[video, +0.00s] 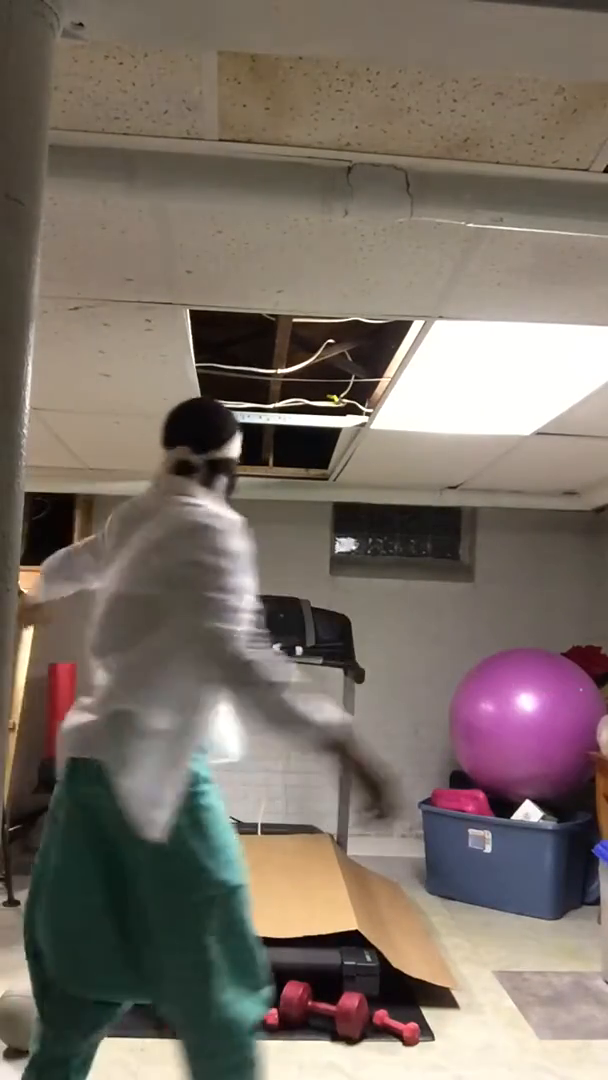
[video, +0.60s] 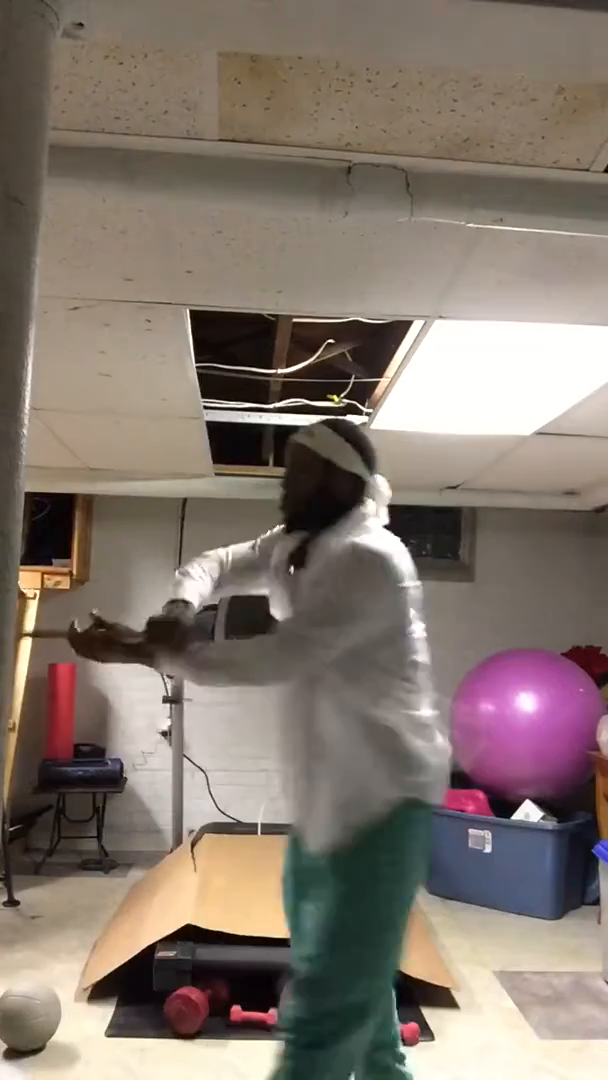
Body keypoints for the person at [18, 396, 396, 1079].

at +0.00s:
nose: (236, 469)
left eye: (233, 459)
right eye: (236, 459)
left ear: (168, 454)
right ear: (227, 460)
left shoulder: (138, 512)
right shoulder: (210, 526)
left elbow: (74, 564)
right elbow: (237, 652)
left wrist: (34, 588)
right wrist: (342, 739)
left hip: (88, 758)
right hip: (153, 764)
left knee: (81, 960)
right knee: (217, 963)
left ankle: (52, 1067)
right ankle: (228, 1066)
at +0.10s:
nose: (190, 470)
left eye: (186, 459)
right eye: (259, 462)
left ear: (183, 459)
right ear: (253, 465)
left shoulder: (136, 524)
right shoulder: (276, 538)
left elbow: (41, 589)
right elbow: (332, 648)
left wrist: (13, 593)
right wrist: (409, 723)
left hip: (111, 789)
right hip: (208, 792)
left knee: (84, 997)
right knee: (260, 998)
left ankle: (55, 1074)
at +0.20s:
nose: (189, 467)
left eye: (194, 454)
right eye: (193, 453)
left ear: (208, 460)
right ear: (271, 463)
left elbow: (78, 625)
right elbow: (367, 653)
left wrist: (29, 642)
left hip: (150, 811)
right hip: (265, 812)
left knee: (95, 1014)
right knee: (292, 1036)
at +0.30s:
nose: (209, 457)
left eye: (221, 445)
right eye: (214, 443)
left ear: (253, 455)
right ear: (285, 459)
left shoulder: (205, 532)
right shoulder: (344, 527)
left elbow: (170, 650)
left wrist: (100, 656)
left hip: (198, 794)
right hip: (304, 794)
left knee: (124, 971)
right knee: (314, 987)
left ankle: (108, 1069)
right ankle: (319, 1071)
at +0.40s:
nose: (235, 461)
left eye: (249, 447)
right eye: (240, 447)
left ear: (283, 457)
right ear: (306, 459)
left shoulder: (265, 537)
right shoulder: (341, 516)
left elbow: (226, 652)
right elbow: (224, 555)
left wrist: (150, 650)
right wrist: (141, 582)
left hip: (265, 783)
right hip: (346, 785)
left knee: (188, 959)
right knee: (332, 970)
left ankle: (175, 1066)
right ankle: (356, 1068)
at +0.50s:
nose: (264, 466)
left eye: (279, 454)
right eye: (269, 452)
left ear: (312, 467)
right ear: (327, 471)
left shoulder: (314, 543)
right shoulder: (322, 532)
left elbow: (242, 654)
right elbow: (215, 559)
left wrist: (150, 654)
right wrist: (153, 605)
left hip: (334, 799)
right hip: (374, 800)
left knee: (258, 976)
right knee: (353, 974)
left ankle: (243, 1073)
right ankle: (397, 1071)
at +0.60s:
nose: (285, 482)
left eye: (300, 469)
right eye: (287, 468)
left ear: (342, 480)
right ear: (306, 476)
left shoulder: (367, 557)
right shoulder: (296, 544)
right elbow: (212, 566)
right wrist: (182, 608)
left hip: (381, 797)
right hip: (324, 795)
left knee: (325, 1004)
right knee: (349, 990)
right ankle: (380, 1071)